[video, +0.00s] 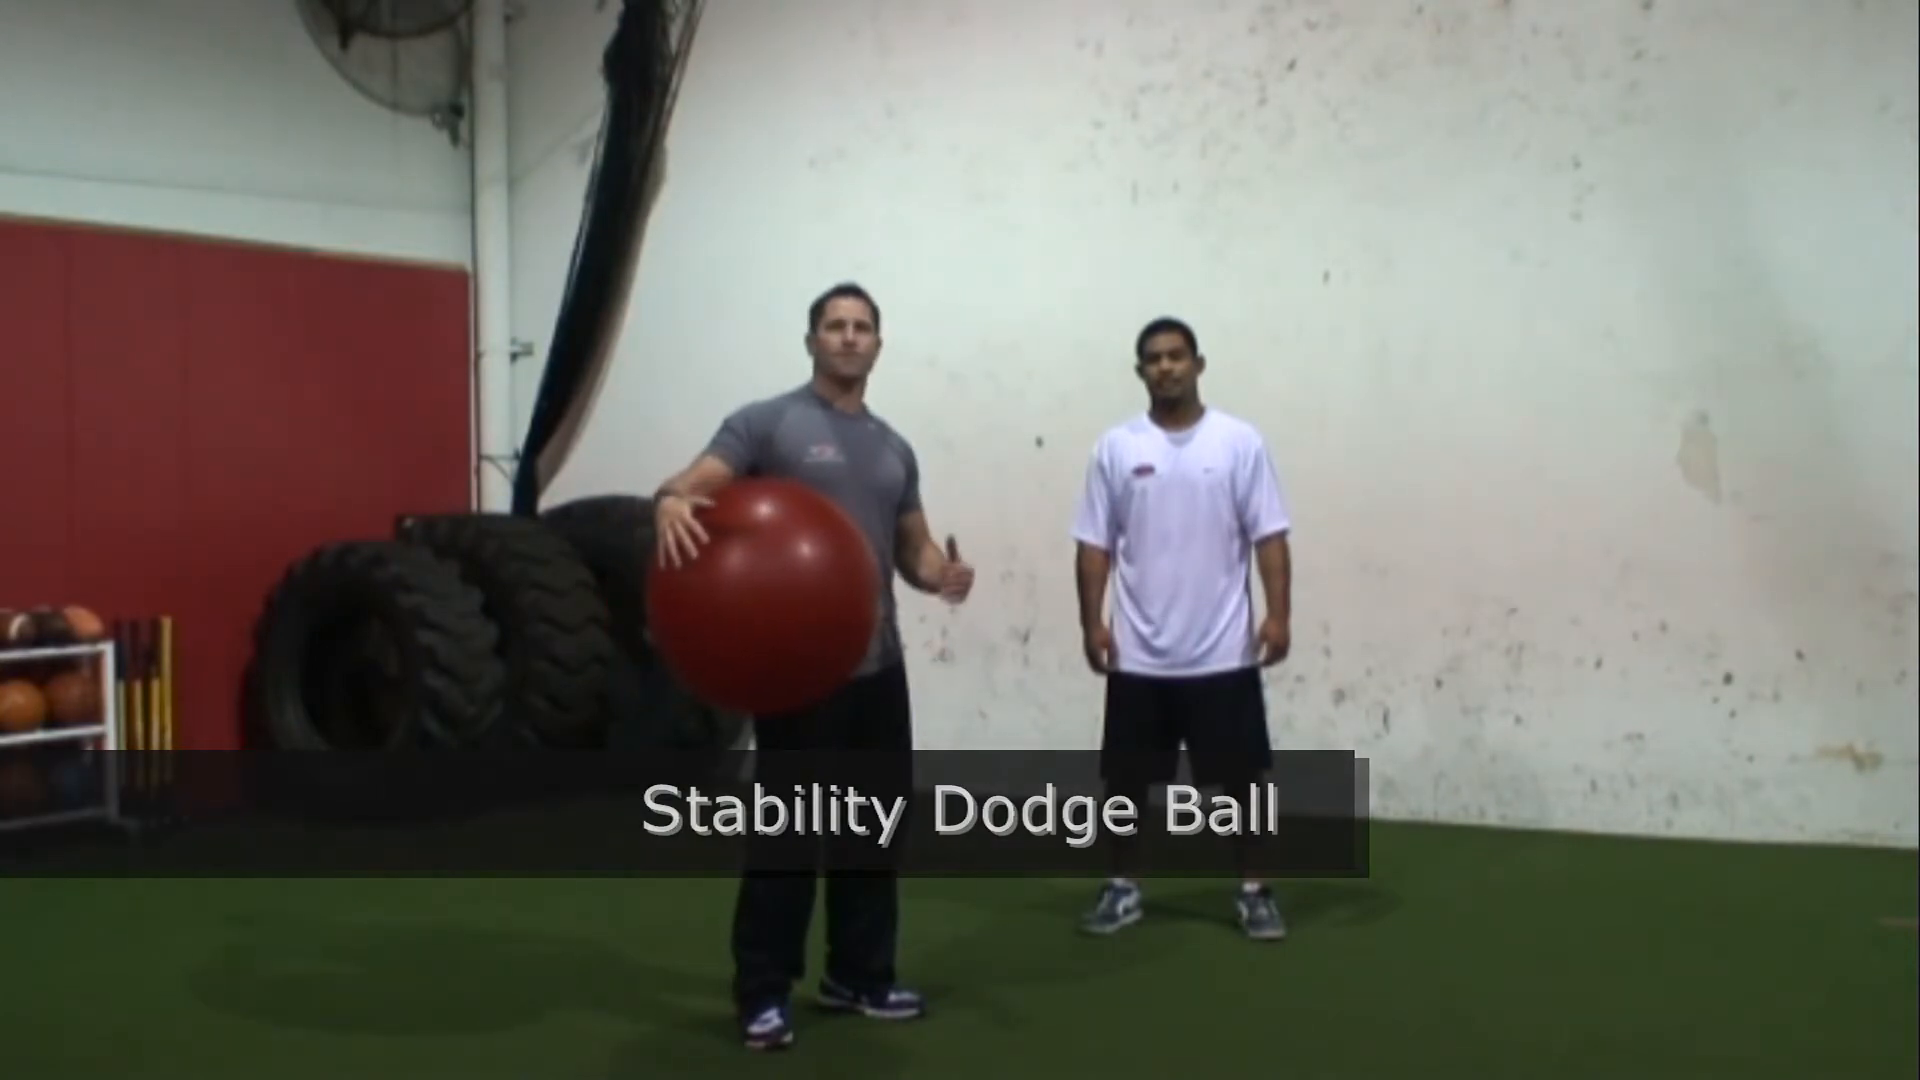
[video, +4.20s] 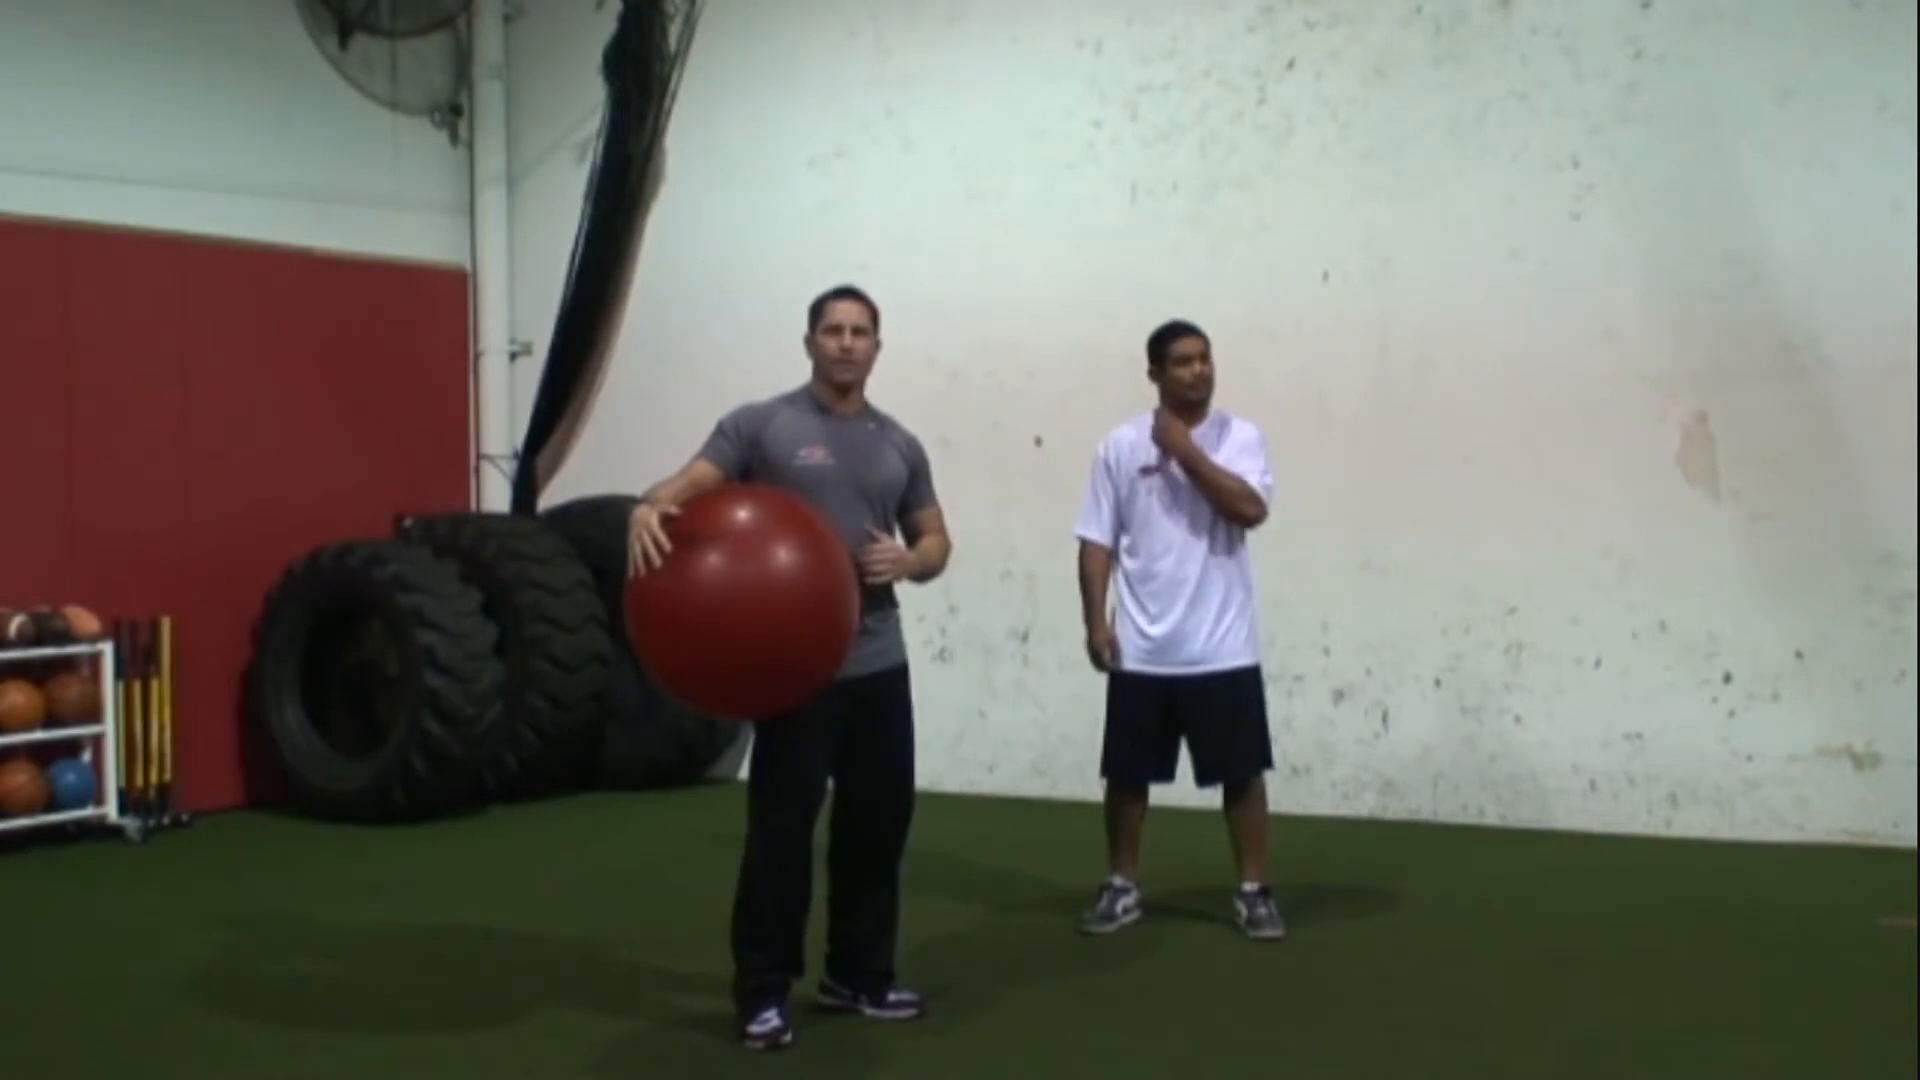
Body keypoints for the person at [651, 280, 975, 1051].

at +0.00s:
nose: (850, 338)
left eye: (862, 328)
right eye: (837, 327)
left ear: (879, 344)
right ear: (812, 340)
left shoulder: (894, 450)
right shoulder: (765, 422)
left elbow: (913, 545)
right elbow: (694, 483)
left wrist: (940, 570)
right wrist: (669, 501)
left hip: (875, 668)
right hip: (790, 669)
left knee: (875, 824)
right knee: (786, 828)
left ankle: (861, 976)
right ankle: (764, 994)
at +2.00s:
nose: (849, 338)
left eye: (862, 328)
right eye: (835, 325)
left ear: (880, 344)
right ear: (811, 338)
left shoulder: (895, 449)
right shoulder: (762, 422)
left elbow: (915, 554)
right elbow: (692, 480)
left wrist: (936, 644)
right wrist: (664, 496)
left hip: (878, 670)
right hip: (793, 670)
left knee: (873, 828)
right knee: (782, 834)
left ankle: (860, 975)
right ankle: (764, 994)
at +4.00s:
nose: (849, 341)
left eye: (861, 330)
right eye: (835, 329)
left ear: (877, 345)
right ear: (809, 341)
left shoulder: (898, 445)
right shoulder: (760, 425)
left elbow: (938, 543)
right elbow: (688, 485)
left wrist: (912, 559)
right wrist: (647, 508)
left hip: (877, 668)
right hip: (791, 669)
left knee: (876, 823)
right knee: (781, 831)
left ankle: (860, 975)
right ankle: (764, 993)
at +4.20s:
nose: (847, 343)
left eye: (860, 332)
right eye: (834, 331)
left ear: (877, 347)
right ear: (810, 343)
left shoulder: (899, 446)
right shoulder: (760, 426)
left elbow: (936, 545)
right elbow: (689, 484)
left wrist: (909, 561)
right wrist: (647, 507)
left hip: (878, 669)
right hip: (791, 671)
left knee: (877, 824)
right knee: (780, 832)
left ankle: (859, 976)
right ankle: (765, 993)